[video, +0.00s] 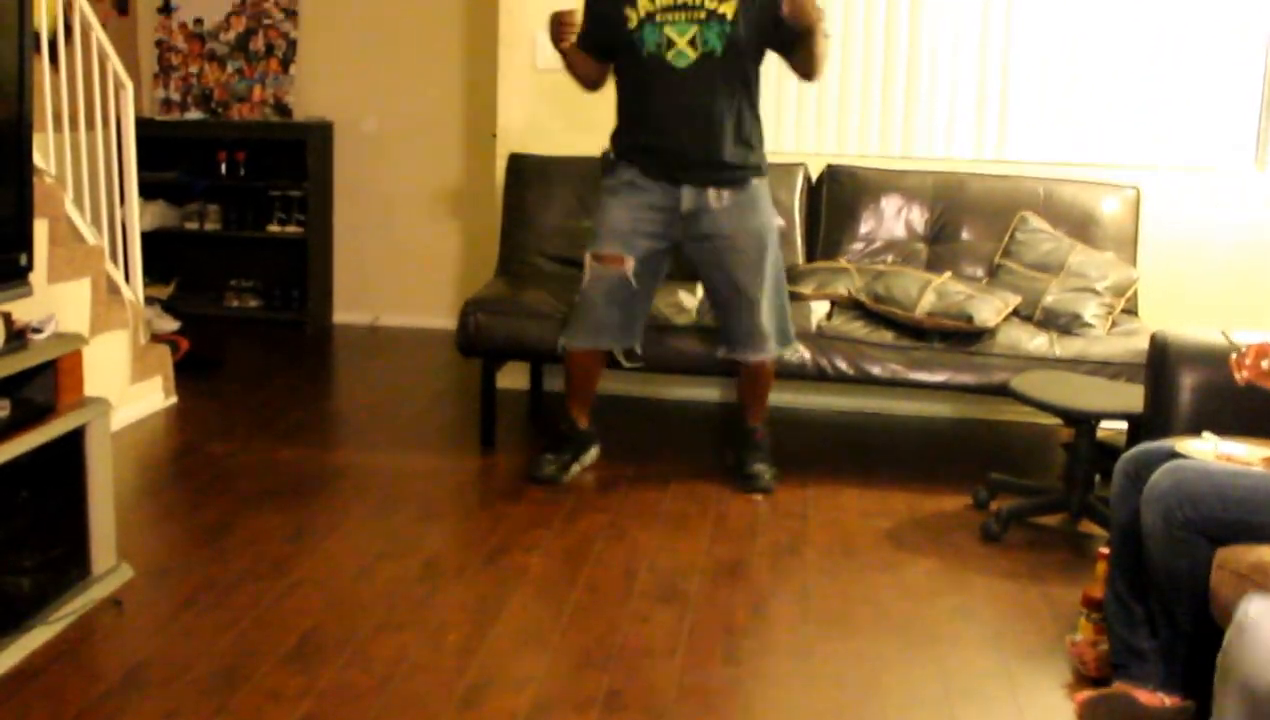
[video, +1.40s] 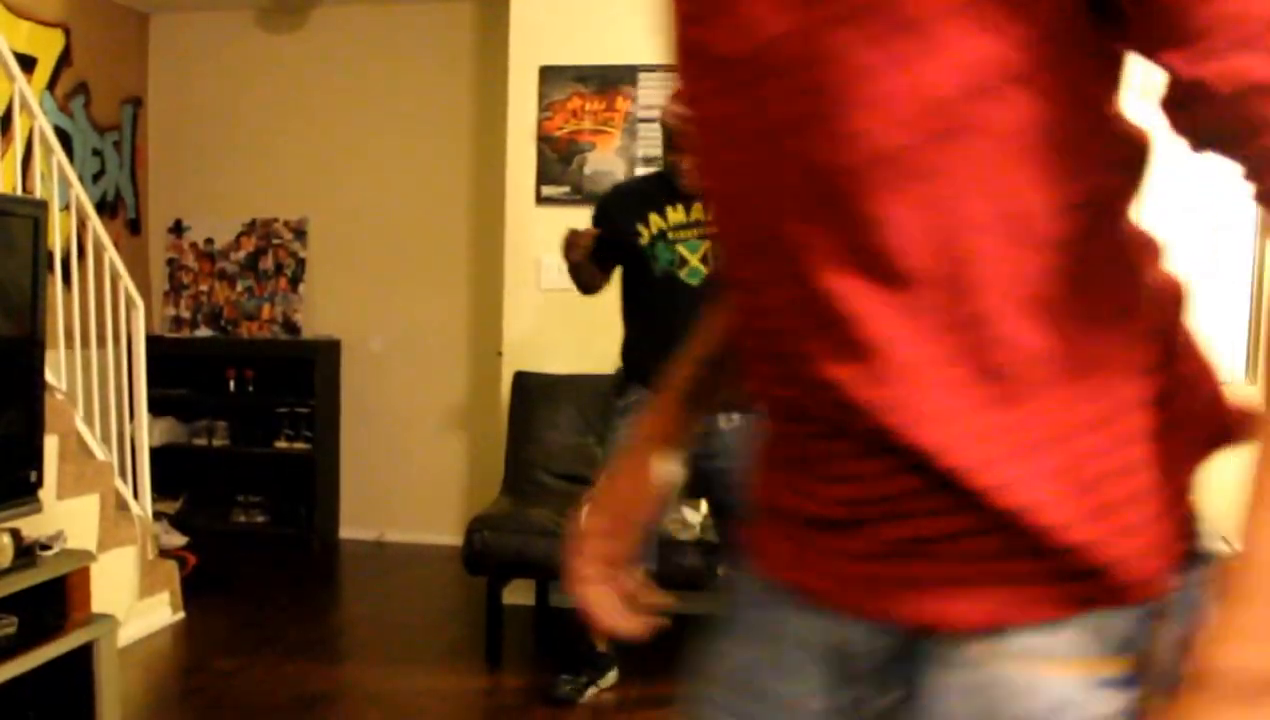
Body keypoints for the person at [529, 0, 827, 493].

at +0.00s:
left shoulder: (756, 3)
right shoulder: (615, 2)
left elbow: (808, 69)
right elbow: (593, 76)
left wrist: (808, 28)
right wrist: (568, 46)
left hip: (733, 177)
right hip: (639, 174)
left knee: (757, 321)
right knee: (596, 301)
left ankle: (754, 438)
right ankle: (577, 432)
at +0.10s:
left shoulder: (749, 5)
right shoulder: (612, 4)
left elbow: (764, 93)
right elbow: (621, 94)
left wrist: (768, 37)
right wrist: (596, 85)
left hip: (725, 189)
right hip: (634, 184)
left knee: (752, 336)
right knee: (595, 317)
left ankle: (753, 460)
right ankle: (576, 452)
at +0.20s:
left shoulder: (746, 21)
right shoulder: (609, 23)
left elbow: (765, 120)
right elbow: (587, 117)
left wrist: (719, 69)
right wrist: (637, 118)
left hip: (713, 226)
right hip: (623, 223)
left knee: (741, 374)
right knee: (594, 354)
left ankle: (750, 497)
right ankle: (578, 493)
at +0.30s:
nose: (666, 20)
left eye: (677, 9)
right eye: (656, 8)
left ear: (696, 16)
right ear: (641, 15)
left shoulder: (732, 95)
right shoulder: (600, 86)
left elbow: (763, 172)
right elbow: (573, 164)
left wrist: (703, 152)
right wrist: (648, 163)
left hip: (702, 281)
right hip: (615, 278)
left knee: (736, 427)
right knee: (583, 419)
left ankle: (750, 555)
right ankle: (578, 553)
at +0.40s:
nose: (664, 72)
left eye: (676, 60)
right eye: (655, 59)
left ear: (694, 66)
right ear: (639, 66)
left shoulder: (728, 145)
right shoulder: (597, 139)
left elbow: (746, 230)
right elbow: (574, 219)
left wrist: (691, 207)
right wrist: (647, 231)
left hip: (702, 333)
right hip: (612, 332)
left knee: (742, 476)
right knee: (578, 470)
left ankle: (752, 602)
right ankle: (581, 605)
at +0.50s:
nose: (666, 96)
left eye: (679, 86)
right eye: (657, 85)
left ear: (702, 94)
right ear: (642, 92)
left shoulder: (739, 170)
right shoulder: (601, 166)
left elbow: (765, 264)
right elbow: (569, 251)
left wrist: (741, 241)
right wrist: (608, 265)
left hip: (716, 367)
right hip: (623, 367)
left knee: (748, 506)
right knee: (591, 494)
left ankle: (756, 636)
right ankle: (582, 634)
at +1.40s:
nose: (686, 145)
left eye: (695, 132)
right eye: (678, 131)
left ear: (716, 138)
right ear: (665, 134)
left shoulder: (745, 195)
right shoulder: (630, 203)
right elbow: (592, 281)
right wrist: (580, 257)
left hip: (734, 394)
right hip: (650, 394)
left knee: (750, 530)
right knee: (617, 520)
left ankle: (762, 650)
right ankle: (600, 652)